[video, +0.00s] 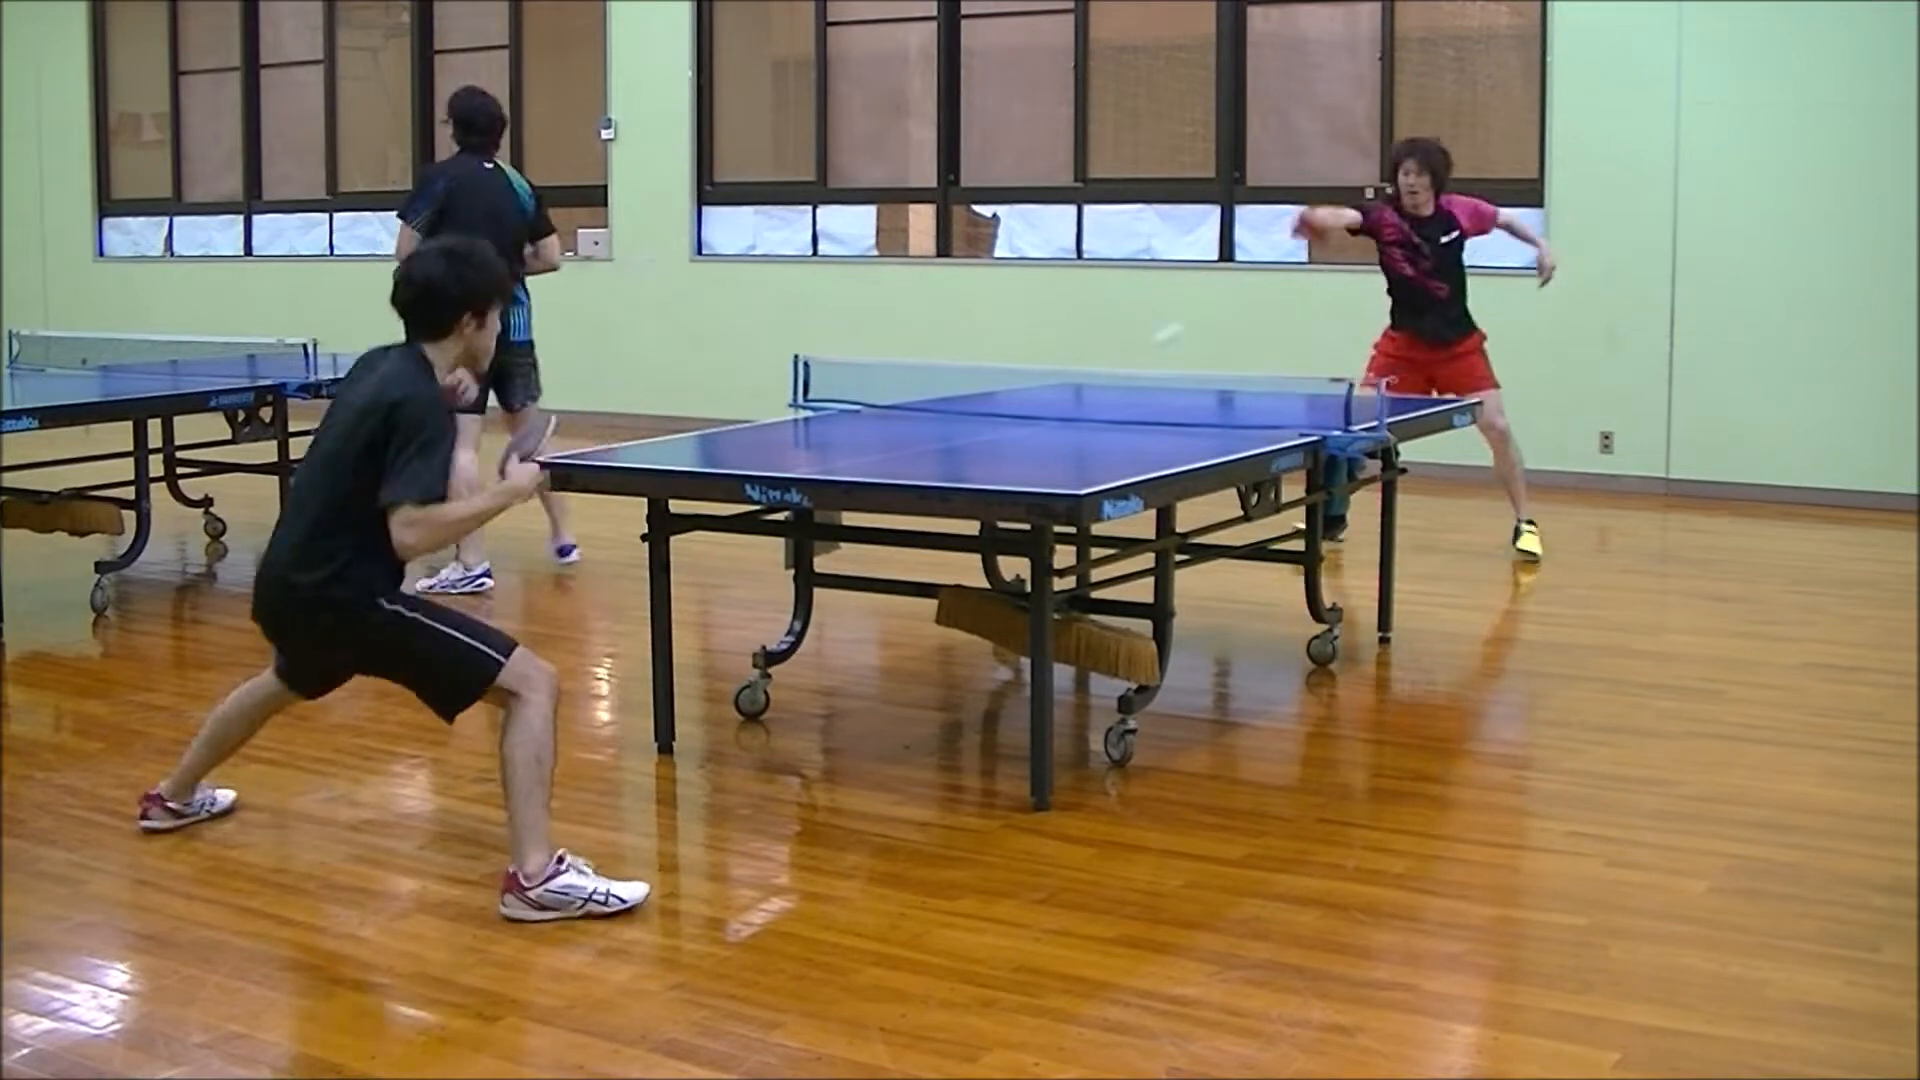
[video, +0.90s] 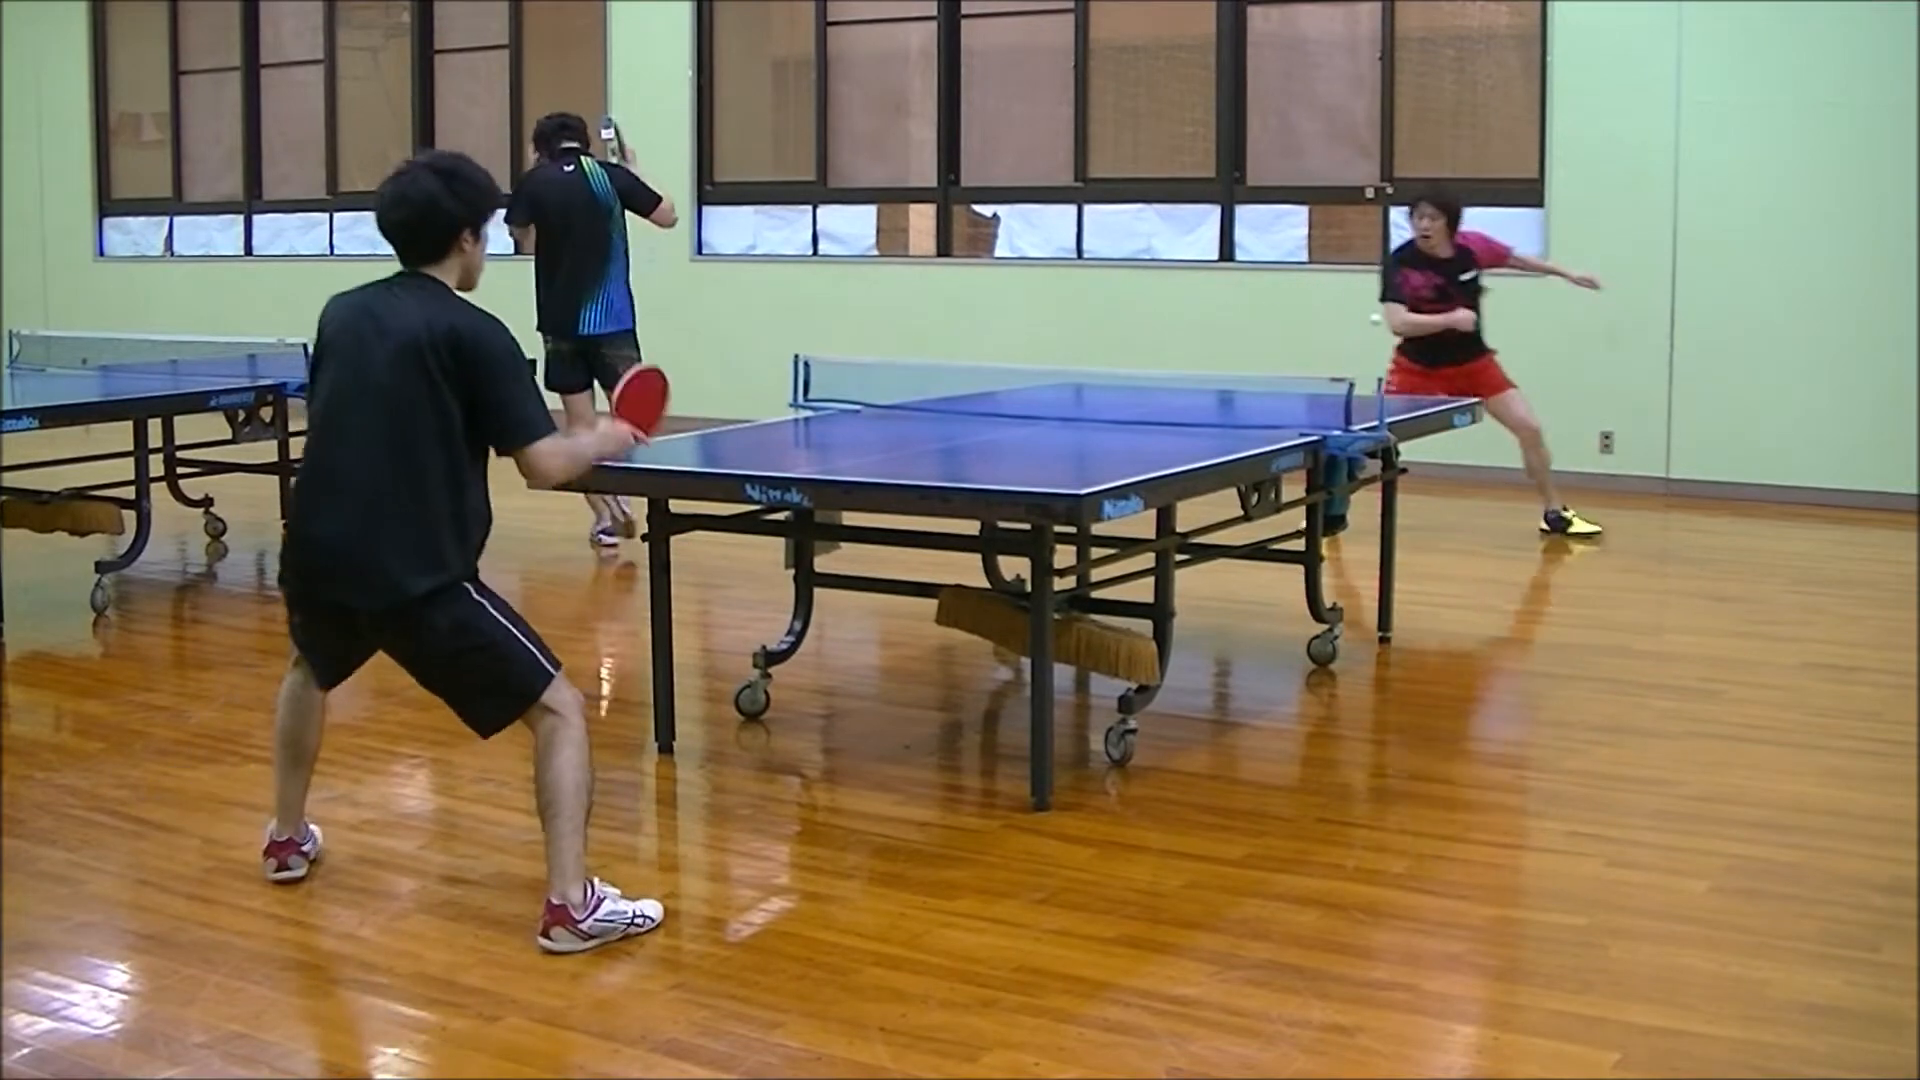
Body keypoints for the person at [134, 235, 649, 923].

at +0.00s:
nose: (497, 332)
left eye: (499, 319)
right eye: (496, 317)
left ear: (423, 311)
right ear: (472, 321)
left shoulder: (376, 368)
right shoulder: (421, 398)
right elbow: (410, 534)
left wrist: (449, 416)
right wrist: (508, 495)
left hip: (285, 593)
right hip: (346, 607)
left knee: (288, 679)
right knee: (533, 684)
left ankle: (172, 795)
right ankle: (537, 872)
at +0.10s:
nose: (515, 339)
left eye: (513, 325)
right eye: (508, 326)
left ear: (450, 331)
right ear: (470, 334)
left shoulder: (375, 378)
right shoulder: (438, 417)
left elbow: (299, 428)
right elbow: (457, 534)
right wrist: (568, 479)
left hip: (301, 612)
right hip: (356, 626)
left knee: (297, 682)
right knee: (545, 681)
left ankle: (172, 796)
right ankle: (538, 876)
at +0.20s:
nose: (537, 290)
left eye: (530, 276)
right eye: (523, 279)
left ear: (464, 299)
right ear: (485, 299)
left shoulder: (402, 349)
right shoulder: (491, 389)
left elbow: (318, 393)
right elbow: (570, 461)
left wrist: (390, 315)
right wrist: (690, 431)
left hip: (320, 582)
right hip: (390, 598)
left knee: (282, 684)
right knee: (577, 681)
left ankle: (183, 792)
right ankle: (541, 875)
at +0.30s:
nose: (564, 265)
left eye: (556, 253)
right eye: (549, 256)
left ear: (487, 280)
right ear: (509, 282)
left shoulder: (422, 327)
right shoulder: (548, 369)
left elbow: (336, 326)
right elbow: (659, 394)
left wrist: (412, 261)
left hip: (325, 555)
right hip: (405, 577)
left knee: (321, 646)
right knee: (579, 682)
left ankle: (216, 778)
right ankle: (550, 873)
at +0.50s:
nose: (584, 303)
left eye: (581, 290)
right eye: (580, 292)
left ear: (494, 296)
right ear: (554, 304)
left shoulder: (429, 344)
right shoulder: (561, 393)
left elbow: (317, 384)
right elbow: (671, 462)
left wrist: (382, 322)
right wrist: (809, 471)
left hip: (324, 570)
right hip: (411, 594)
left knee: (369, 618)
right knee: (584, 703)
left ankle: (294, 776)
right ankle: (575, 904)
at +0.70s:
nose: (537, 276)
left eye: (535, 262)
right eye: (534, 263)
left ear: (450, 270)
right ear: (517, 273)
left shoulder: (388, 338)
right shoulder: (520, 364)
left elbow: (304, 433)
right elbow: (563, 490)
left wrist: (373, 437)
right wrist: (650, 547)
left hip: (326, 575)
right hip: (429, 590)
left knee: (318, 671)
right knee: (584, 702)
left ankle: (286, 836)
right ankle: (574, 901)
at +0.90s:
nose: (489, 245)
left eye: (486, 230)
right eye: (486, 231)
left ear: (402, 236)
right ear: (465, 239)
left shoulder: (342, 313)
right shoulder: (478, 335)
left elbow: (330, 423)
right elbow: (548, 464)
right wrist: (600, 440)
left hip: (320, 562)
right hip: (420, 570)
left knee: (308, 668)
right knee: (559, 707)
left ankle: (286, 836)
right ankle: (572, 901)